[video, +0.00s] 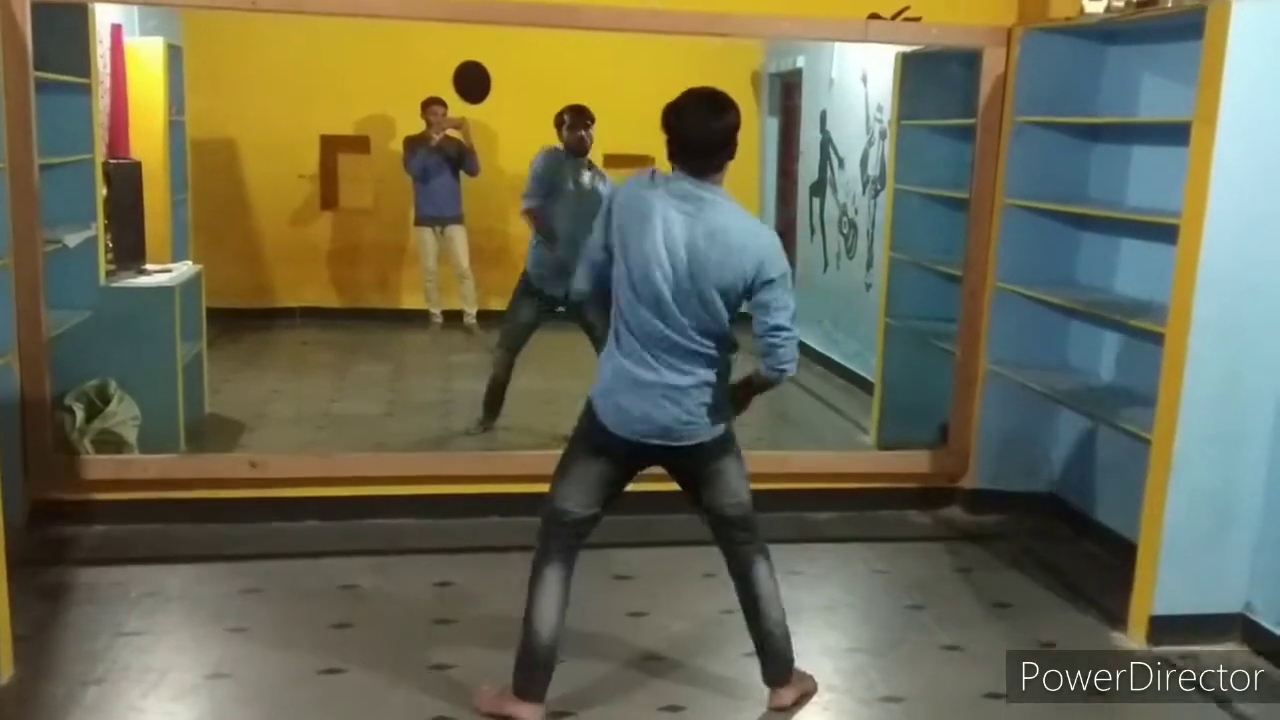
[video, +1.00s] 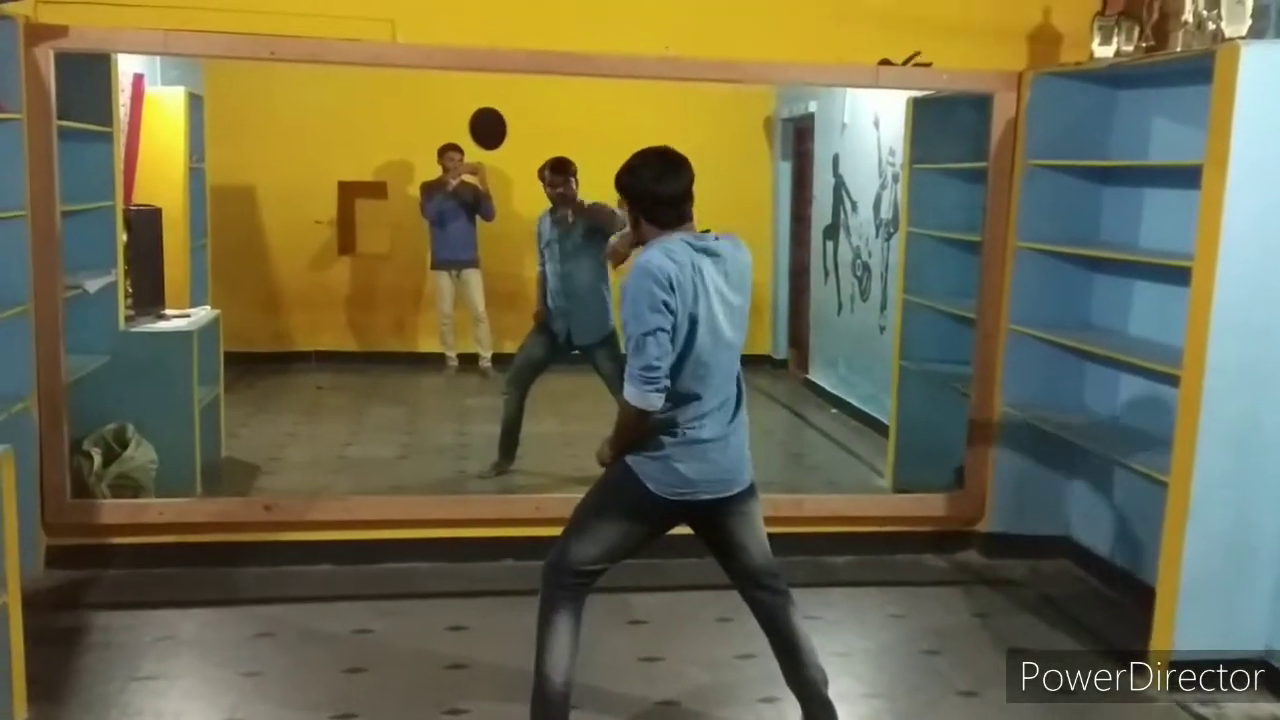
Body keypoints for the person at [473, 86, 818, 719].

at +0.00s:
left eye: (670, 139)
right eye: (730, 138)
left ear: (667, 144)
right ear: (733, 149)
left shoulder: (626, 200)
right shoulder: (755, 242)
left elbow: (584, 292)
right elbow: (779, 364)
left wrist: (617, 354)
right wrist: (733, 394)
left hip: (616, 410)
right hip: (697, 420)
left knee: (558, 540)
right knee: (745, 546)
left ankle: (527, 694)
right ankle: (782, 683)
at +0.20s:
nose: (643, 162)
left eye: (642, 154)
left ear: (647, 161)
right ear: (711, 163)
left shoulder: (605, 227)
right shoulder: (741, 249)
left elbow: (558, 335)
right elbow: (740, 349)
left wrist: (565, 399)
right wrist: (678, 349)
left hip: (622, 431)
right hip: (702, 433)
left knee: (550, 554)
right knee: (752, 560)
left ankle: (528, 706)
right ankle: (810, 698)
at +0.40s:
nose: (633, 184)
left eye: (634, 175)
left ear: (638, 181)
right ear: (699, 175)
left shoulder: (623, 239)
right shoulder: (735, 236)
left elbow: (596, 358)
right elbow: (787, 240)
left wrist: (597, 424)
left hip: (646, 444)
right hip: (720, 444)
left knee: (552, 551)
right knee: (766, 574)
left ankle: (534, 709)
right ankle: (819, 707)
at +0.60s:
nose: (624, 193)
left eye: (625, 186)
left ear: (632, 192)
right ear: (694, 186)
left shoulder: (626, 254)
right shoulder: (734, 248)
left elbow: (618, 371)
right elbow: (755, 299)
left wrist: (609, 434)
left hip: (654, 455)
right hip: (727, 454)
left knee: (561, 564)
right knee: (770, 583)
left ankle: (540, 711)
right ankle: (820, 710)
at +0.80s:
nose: (619, 199)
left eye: (619, 192)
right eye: (624, 190)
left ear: (629, 202)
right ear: (691, 196)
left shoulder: (635, 269)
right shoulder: (733, 266)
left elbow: (634, 386)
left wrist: (612, 441)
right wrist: (710, 236)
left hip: (656, 466)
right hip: (728, 461)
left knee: (560, 570)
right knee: (770, 588)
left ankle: (543, 711)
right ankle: (821, 710)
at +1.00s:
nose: (623, 212)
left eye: (624, 204)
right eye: (624, 204)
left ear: (636, 212)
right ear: (692, 202)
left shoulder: (651, 272)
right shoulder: (736, 257)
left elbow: (643, 399)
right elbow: (690, 246)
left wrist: (616, 445)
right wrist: (640, 239)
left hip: (660, 470)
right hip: (727, 465)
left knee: (565, 578)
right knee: (771, 594)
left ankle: (548, 713)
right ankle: (822, 712)